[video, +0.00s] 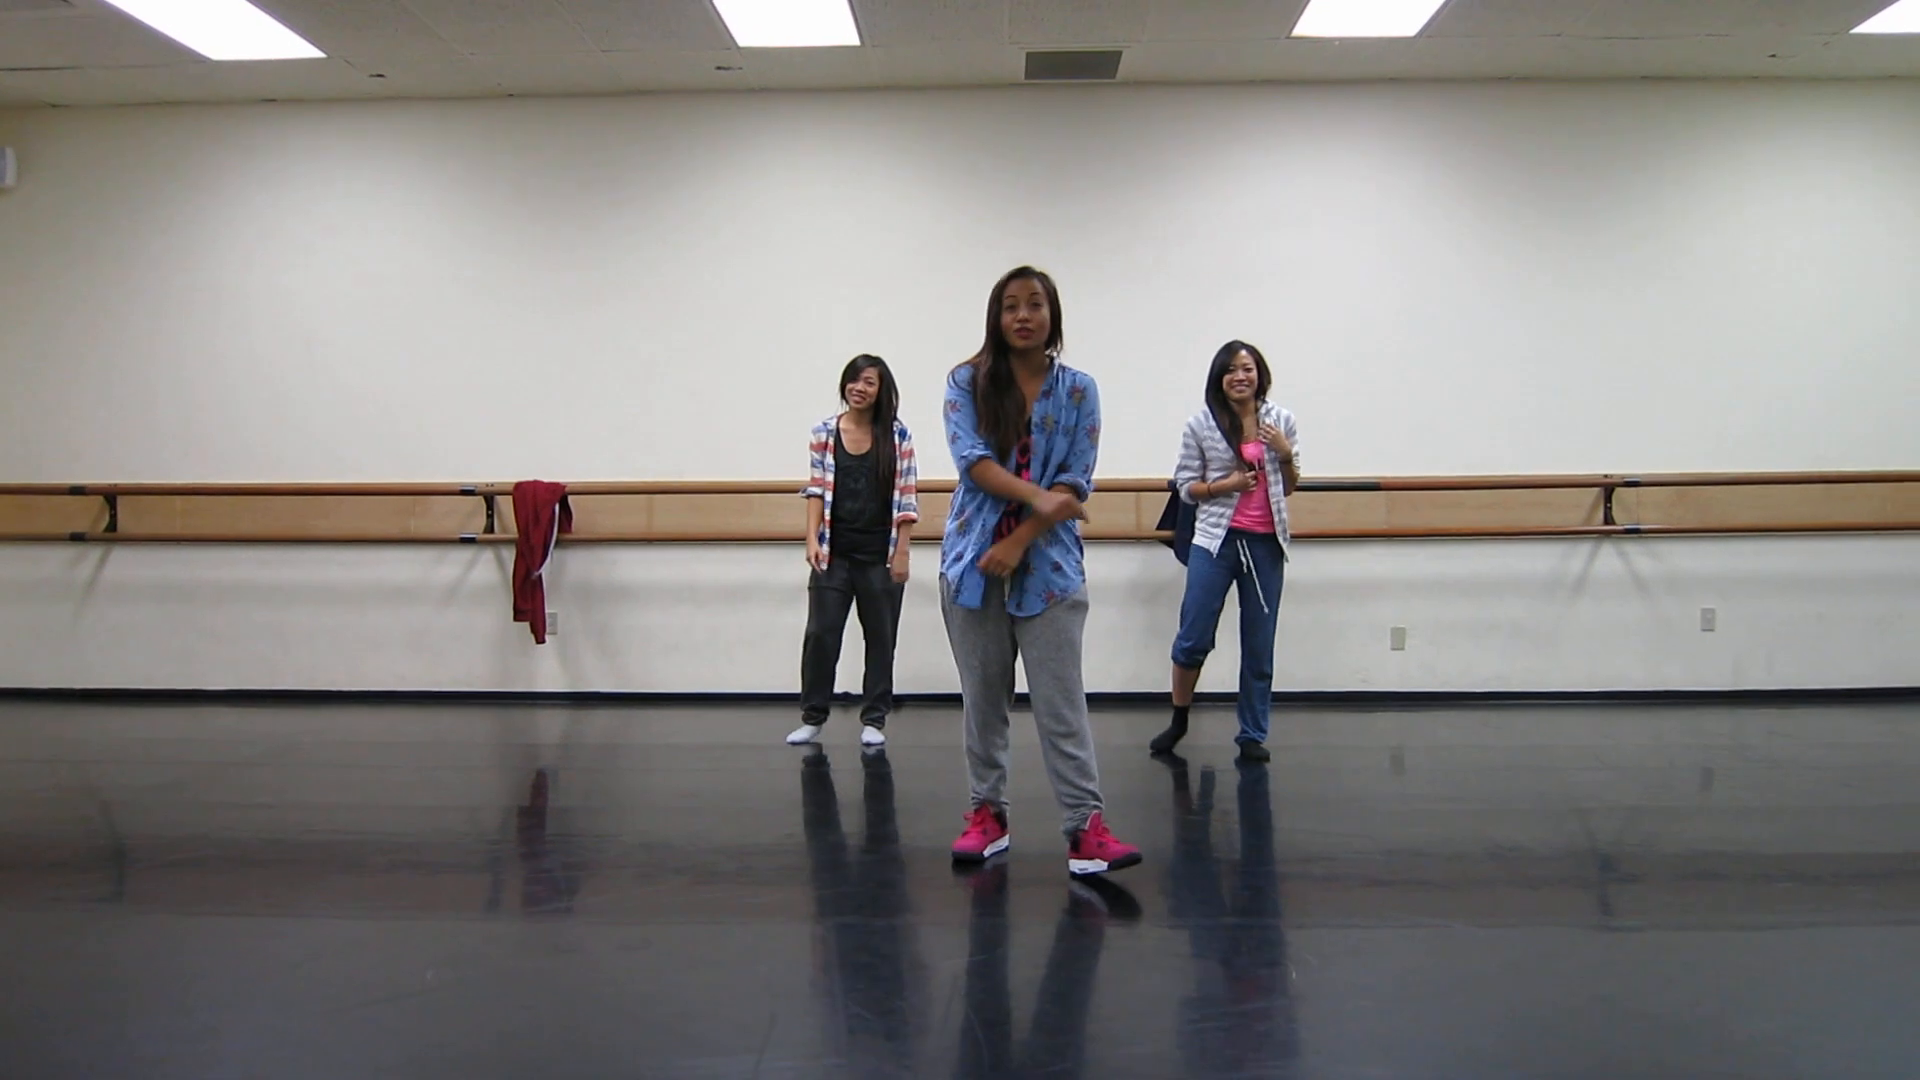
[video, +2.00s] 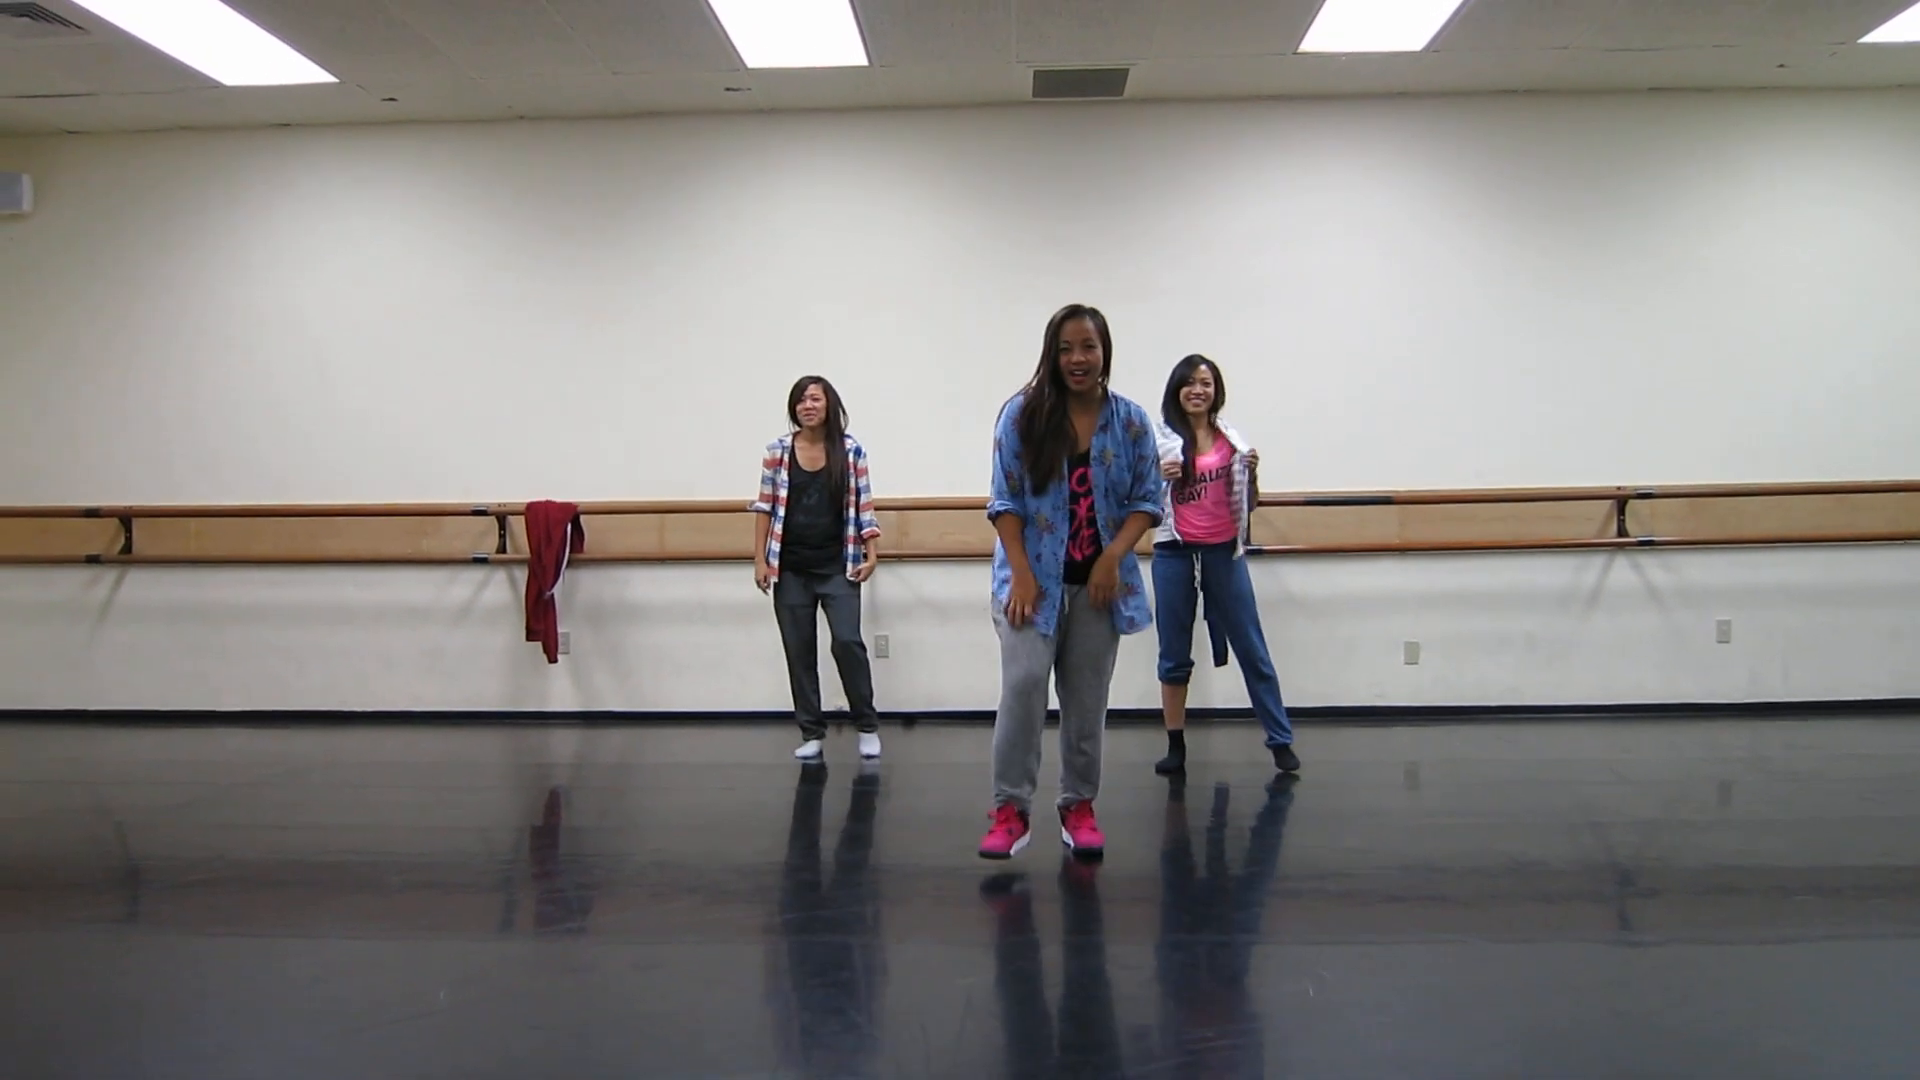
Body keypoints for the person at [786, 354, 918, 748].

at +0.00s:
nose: (860, 387)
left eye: (869, 383)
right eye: (855, 380)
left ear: (882, 391)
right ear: (844, 385)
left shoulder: (897, 435)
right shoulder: (824, 432)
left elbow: (907, 496)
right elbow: (816, 489)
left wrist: (902, 550)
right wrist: (812, 538)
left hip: (880, 558)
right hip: (833, 554)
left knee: (880, 642)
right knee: (820, 636)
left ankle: (874, 720)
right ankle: (813, 718)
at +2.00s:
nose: (809, 404)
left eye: (817, 398)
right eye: (802, 399)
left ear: (830, 405)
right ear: (793, 407)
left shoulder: (850, 450)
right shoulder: (778, 452)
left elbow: (864, 506)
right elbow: (765, 509)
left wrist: (870, 554)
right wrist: (760, 558)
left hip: (840, 569)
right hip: (790, 571)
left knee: (848, 643)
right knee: (800, 654)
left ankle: (867, 728)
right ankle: (811, 734)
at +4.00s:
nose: (828, 409)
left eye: (837, 405)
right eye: (822, 403)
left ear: (849, 415)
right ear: (812, 412)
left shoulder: (867, 461)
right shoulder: (793, 459)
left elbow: (878, 521)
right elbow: (780, 519)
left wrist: (877, 574)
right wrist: (780, 571)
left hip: (852, 582)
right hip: (806, 584)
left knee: (855, 654)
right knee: (814, 669)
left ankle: (856, 723)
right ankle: (829, 745)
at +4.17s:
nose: (827, 411)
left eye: (835, 406)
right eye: (820, 406)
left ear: (848, 418)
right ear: (810, 416)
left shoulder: (866, 462)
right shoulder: (792, 462)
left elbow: (894, 515)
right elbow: (765, 505)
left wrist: (887, 549)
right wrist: (766, 541)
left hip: (851, 588)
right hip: (802, 590)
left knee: (850, 669)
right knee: (813, 674)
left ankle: (850, 760)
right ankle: (829, 750)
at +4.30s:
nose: (823, 416)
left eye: (830, 409)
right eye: (816, 411)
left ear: (845, 419)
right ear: (806, 424)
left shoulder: (866, 463)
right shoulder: (795, 465)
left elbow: (902, 496)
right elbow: (765, 505)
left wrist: (909, 479)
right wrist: (756, 464)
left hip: (854, 589)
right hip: (803, 590)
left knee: (850, 673)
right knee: (806, 679)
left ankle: (847, 766)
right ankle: (832, 721)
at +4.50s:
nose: (818, 422)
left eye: (824, 414)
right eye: (810, 419)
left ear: (840, 422)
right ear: (803, 433)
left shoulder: (861, 469)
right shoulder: (791, 471)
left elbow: (894, 503)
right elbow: (746, 479)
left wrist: (909, 484)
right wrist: (698, 475)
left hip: (850, 596)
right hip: (800, 593)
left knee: (849, 681)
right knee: (798, 670)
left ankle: (846, 768)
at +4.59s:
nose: (813, 415)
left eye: (820, 408)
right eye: (805, 412)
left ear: (835, 415)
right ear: (798, 425)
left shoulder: (855, 459)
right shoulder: (793, 461)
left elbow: (839, 492)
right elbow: (775, 473)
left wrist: (802, 505)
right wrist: (778, 475)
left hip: (843, 590)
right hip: (795, 585)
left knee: (847, 684)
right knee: (779, 654)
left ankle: (844, 766)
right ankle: (770, 737)